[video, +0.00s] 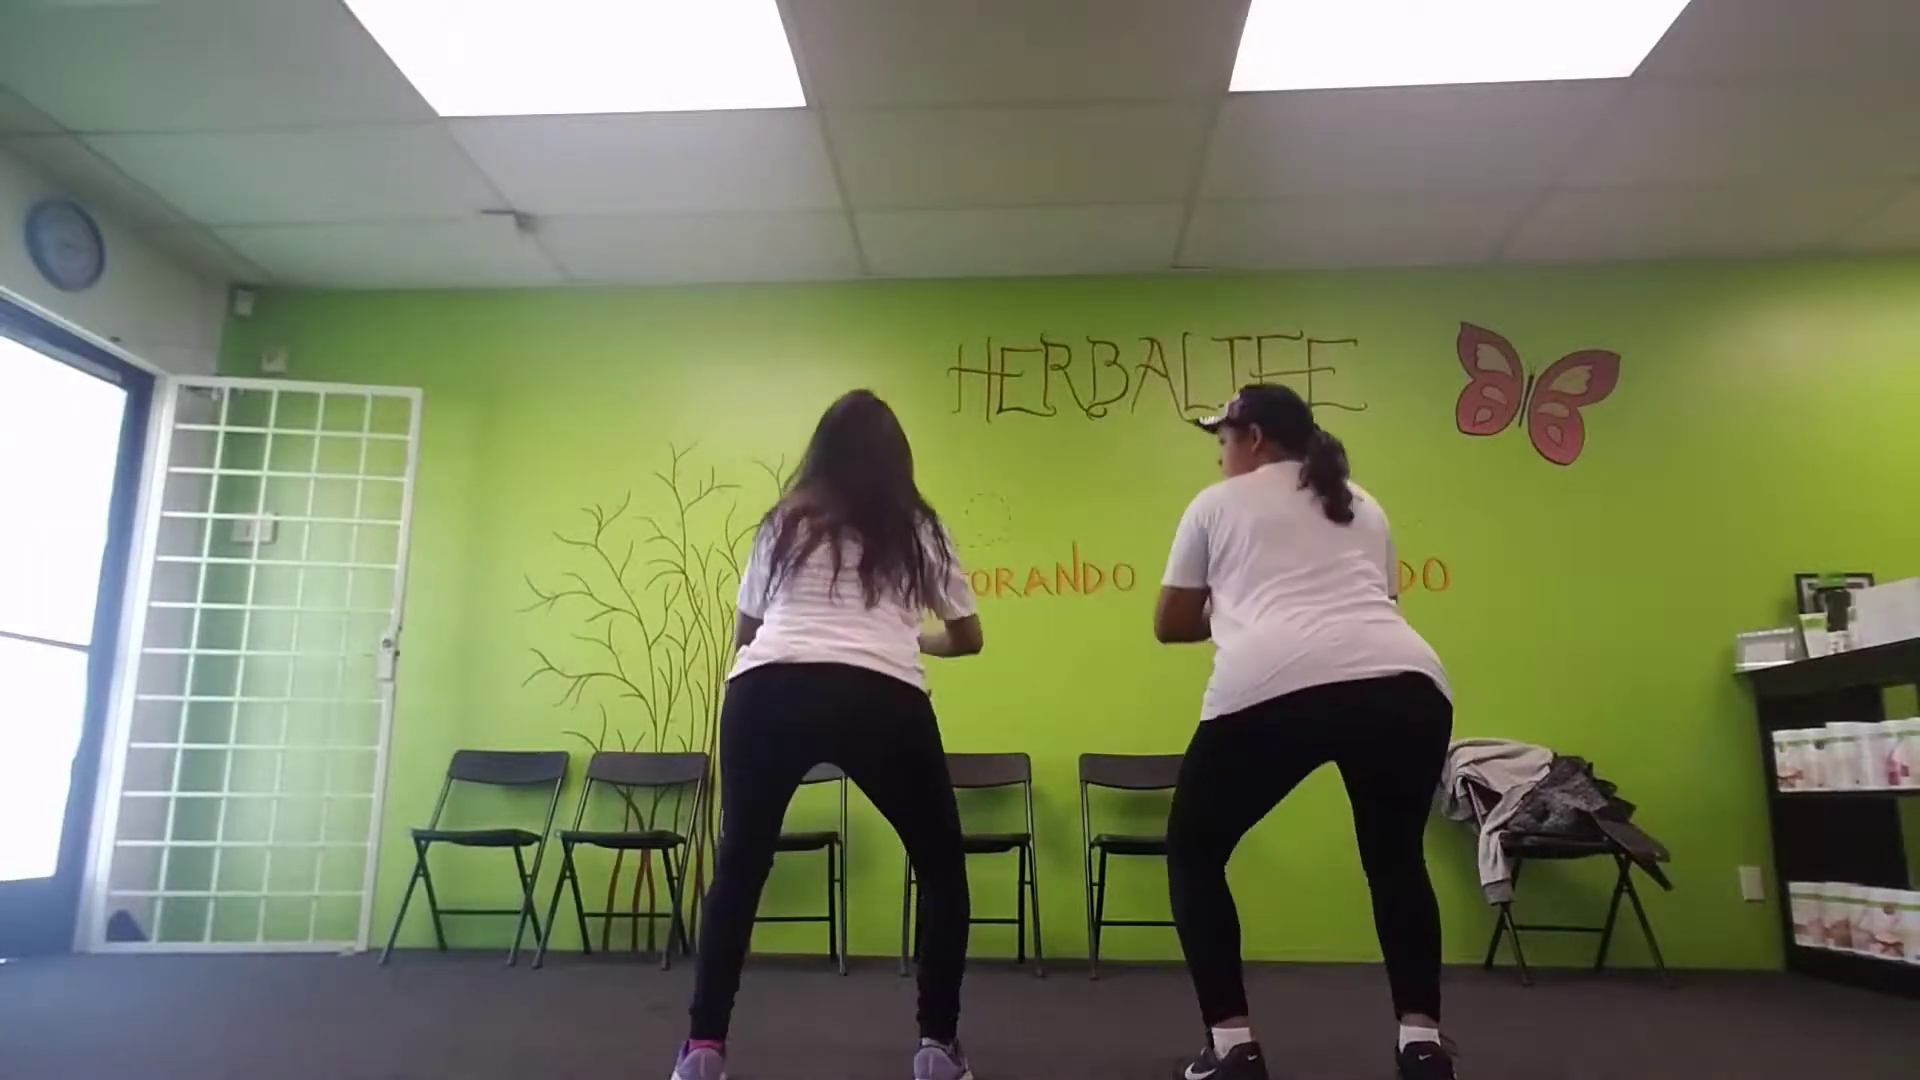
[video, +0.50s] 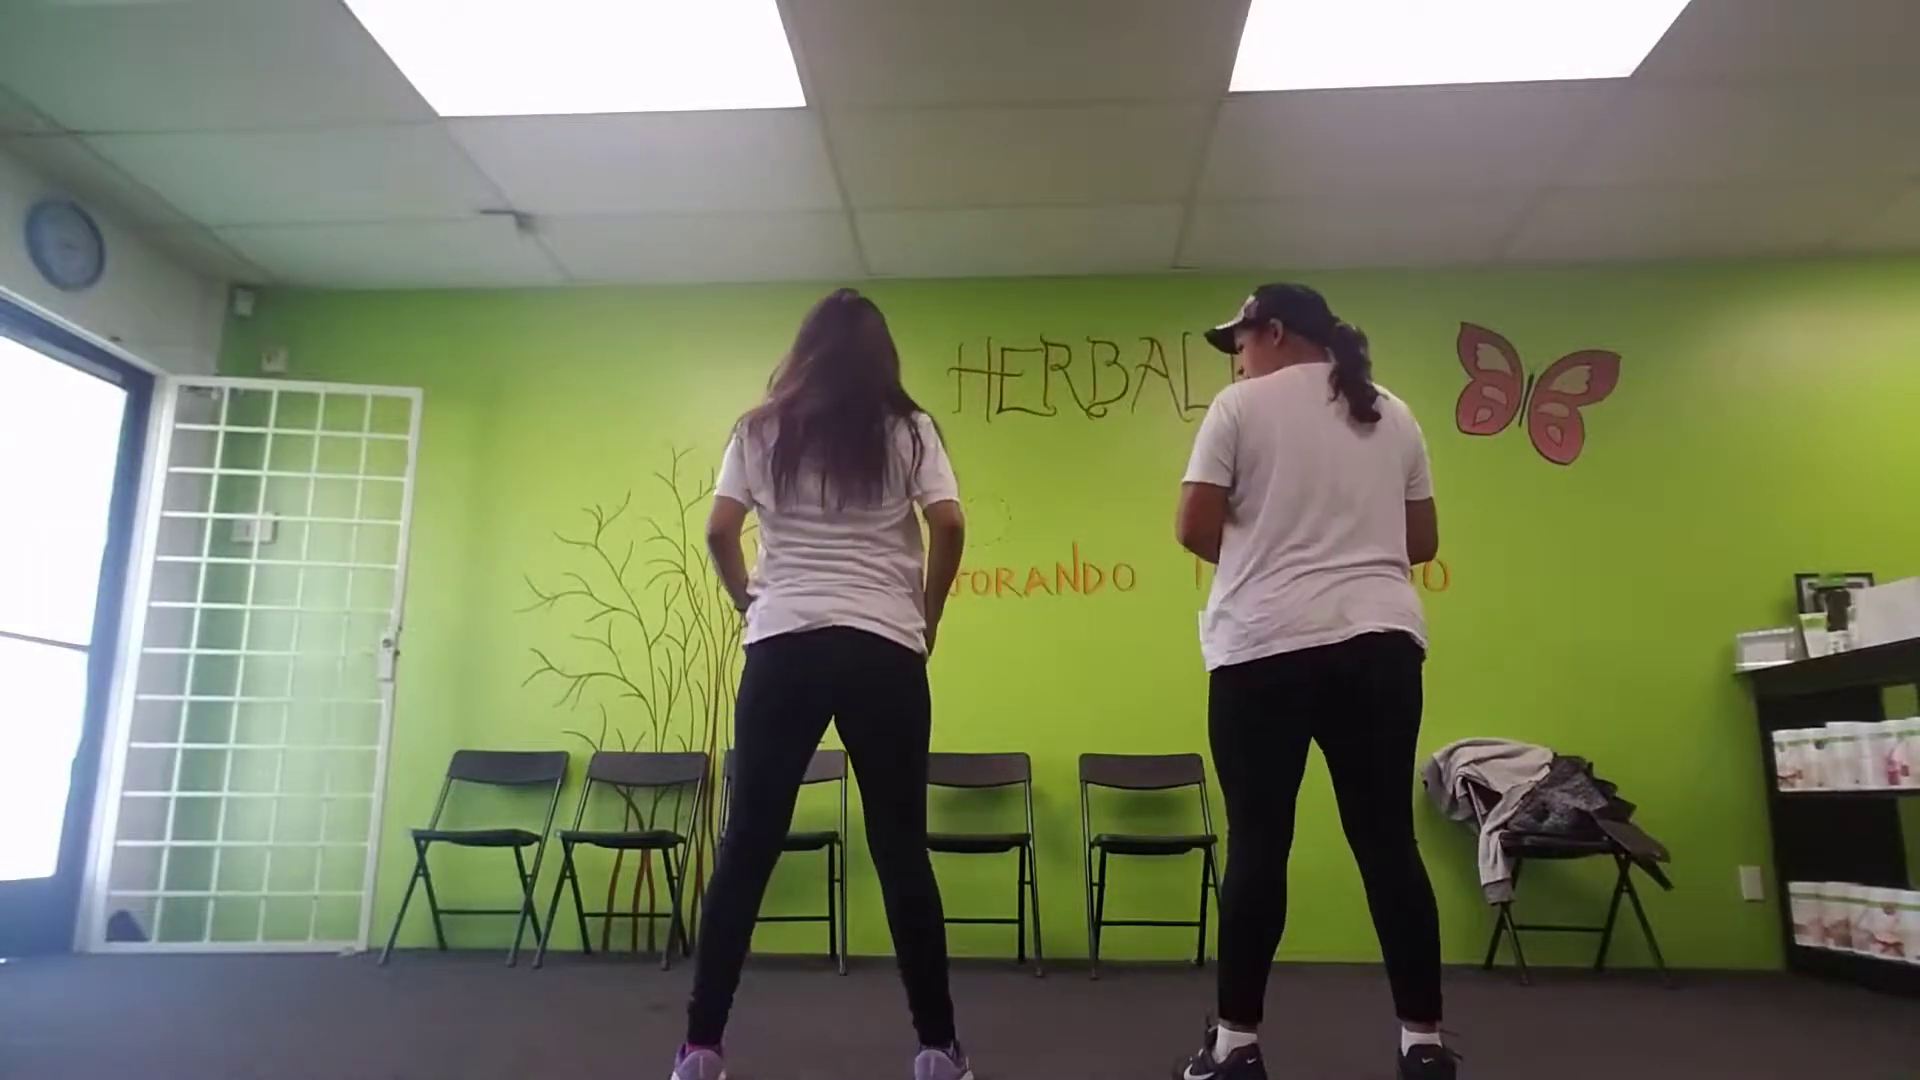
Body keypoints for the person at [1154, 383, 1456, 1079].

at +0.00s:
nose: (1220, 455)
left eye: (1226, 441)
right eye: (1221, 441)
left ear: (1254, 440)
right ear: (1297, 442)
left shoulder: (1215, 505)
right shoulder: (1364, 504)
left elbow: (1173, 624)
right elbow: (1386, 600)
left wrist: (1248, 608)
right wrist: (1311, 605)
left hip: (1270, 694)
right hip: (1401, 687)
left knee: (1195, 854)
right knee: (1396, 856)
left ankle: (1232, 1045)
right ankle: (1421, 1037)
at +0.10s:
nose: (1221, 404)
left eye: (1227, 390)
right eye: (1222, 391)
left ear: (1257, 389)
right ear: (1298, 390)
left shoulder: (1219, 455)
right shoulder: (1369, 456)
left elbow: (1175, 572)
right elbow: (1400, 572)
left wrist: (1251, 583)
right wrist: (1327, 583)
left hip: (1269, 660)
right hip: (1393, 654)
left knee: (1210, 847)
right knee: (1394, 847)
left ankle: (1233, 1045)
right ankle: (1422, 1036)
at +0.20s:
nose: (1223, 374)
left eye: (1228, 360)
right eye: (1223, 361)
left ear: (1259, 355)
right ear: (1301, 356)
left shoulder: (1222, 423)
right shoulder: (1376, 426)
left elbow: (1180, 541)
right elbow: (1410, 554)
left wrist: (1251, 565)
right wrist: (1331, 562)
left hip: (1264, 645)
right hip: (1387, 638)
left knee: (1232, 845)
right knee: (1394, 842)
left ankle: (1234, 1046)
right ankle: (1422, 1039)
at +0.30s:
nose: (1227, 360)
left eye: (1232, 345)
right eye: (1227, 347)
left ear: (1264, 338)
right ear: (1304, 338)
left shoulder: (1228, 406)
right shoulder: (1381, 411)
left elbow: (1190, 526)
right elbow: (1418, 538)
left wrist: (1259, 556)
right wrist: (1337, 555)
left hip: (1264, 651)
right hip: (1384, 641)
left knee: (1250, 848)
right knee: (1389, 839)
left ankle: (1236, 1047)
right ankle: (1422, 1041)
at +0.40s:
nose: (1232, 360)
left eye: (1236, 346)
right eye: (1232, 348)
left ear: (1268, 336)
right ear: (1309, 336)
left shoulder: (1234, 404)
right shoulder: (1387, 410)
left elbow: (1196, 527)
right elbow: (1421, 539)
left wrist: (1258, 555)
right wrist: (1341, 547)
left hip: (1262, 655)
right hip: (1380, 649)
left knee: (1257, 846)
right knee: (1389, 840)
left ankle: (1234, 1047)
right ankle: (1423, 1042)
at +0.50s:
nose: (1235, 360)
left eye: (1239, 345)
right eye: (1235, 348)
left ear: (1273, 335)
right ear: (1312, 334)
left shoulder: (1238, 405)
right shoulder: (1392, 411)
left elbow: (1196, 526)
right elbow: (1421, 540)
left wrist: (1261, 557)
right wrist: (1338, 547)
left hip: (1262, 656)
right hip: (1380, 649)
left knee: (1257, 847)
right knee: (1388, 841)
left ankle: (1234, 1047)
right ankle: (1423, 1042)